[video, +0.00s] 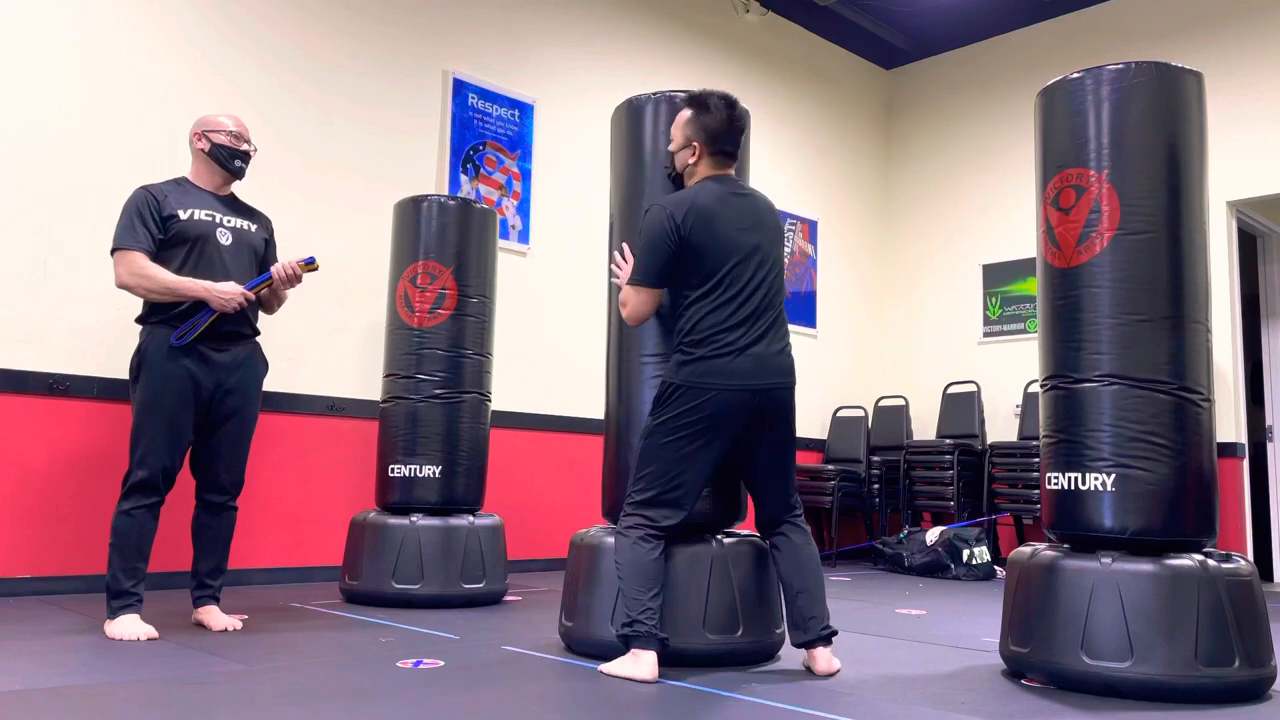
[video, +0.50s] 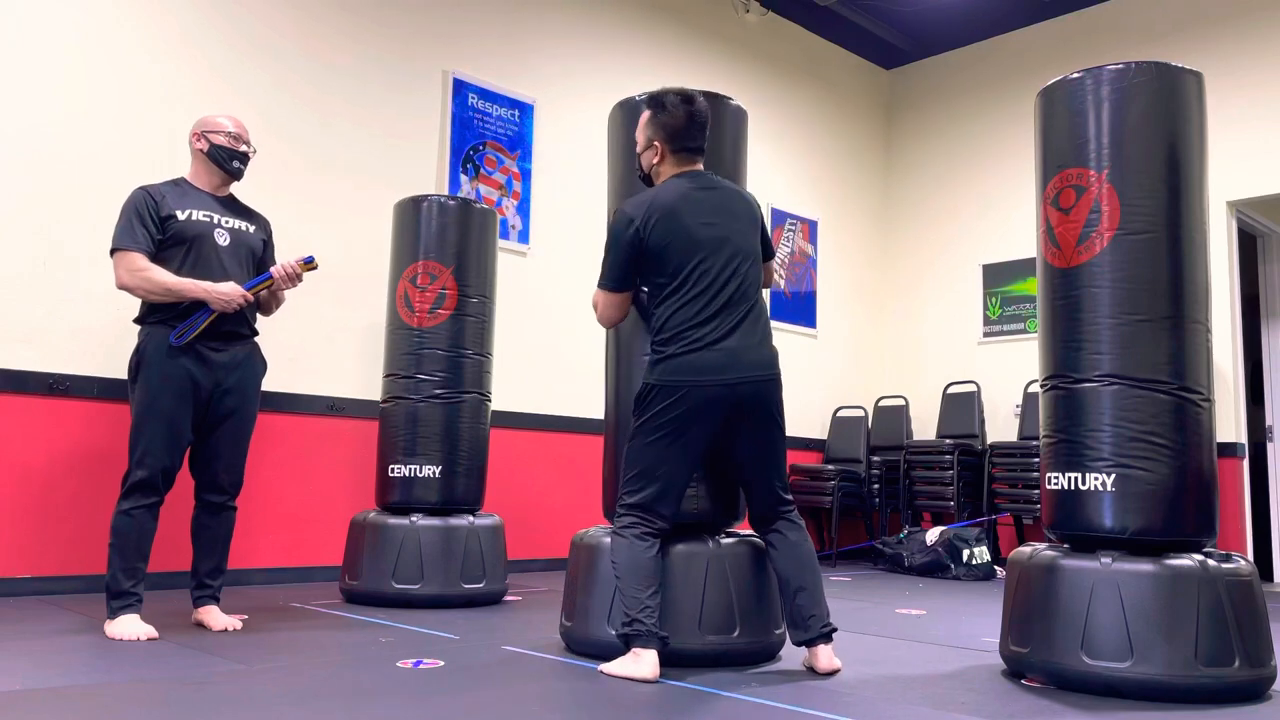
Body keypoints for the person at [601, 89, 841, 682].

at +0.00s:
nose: (671, 151)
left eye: (676, 143)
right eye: (673, 142)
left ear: (696, 150)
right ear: (731, 151)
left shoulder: (674, 214)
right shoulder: (765, 210)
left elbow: (635, 310)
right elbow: (741, 287)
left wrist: (630, 284)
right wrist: (663, 276)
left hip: (703, 382)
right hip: (774, 381)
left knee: (645, 518)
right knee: (783, 514)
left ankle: (641, 653)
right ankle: (820, 647)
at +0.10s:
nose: (662, 151)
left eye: (667, 142)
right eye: (664, 141)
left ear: (689, 149)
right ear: (720, 150)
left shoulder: (667, 213)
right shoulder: (756, 208)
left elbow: (629, 311)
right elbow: (732, 285)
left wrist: (629, 279)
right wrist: (652, 274)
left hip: (700, 381)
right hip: (770, 379)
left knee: (644, 518)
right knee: (780, 513)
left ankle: (641, 652)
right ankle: (819, 646)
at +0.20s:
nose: (657, 155)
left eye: (662, 146)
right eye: (659, 145)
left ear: (680, 151)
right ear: (716, 151)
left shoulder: (661, 212)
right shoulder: (754, 208)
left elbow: (624, 310)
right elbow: (737, 285)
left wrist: (632, 279)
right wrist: (641, 271)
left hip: (695, 382)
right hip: (767, 380)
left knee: (644, 518)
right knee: (779, 513)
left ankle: (642, 652)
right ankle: (819, 645)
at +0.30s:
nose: (651, 155)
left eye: (656, 145)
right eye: (653, 145)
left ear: (672, 150)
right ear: (711, 149)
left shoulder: (651, 211)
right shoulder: (754, 209)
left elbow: (619, 310)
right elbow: (761, 284)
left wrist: (641, 278)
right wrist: (694, 276)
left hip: (690, 381)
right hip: (764, 380)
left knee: (643, 517)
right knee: (776, 509)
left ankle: (642, 651)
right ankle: (819, 644)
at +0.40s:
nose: (646, 156)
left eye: (649, 146)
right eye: (646, 145)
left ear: (665, 148)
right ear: (705, 147)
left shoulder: (644, 211)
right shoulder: (751, 206)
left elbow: (612, 310)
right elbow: (762, 285)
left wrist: (645, 278)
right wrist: (698, 275)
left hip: (686, 379)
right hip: (761, 377)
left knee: (642, 517)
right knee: (774, 508)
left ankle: (642, 651)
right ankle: (820, 644)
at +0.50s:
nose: (638, 153)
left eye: (642, 144)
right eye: (639, 143)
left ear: (657, 148)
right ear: (698, 144)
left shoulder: (638, 213)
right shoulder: (743, 202)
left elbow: (609, 312)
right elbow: (762, 279)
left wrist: (643, 276)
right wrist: (703, 273)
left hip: (681, 381)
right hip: (757, 377)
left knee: (641, 519)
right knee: (776, 508)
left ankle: (642, 651)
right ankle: (820, 644)